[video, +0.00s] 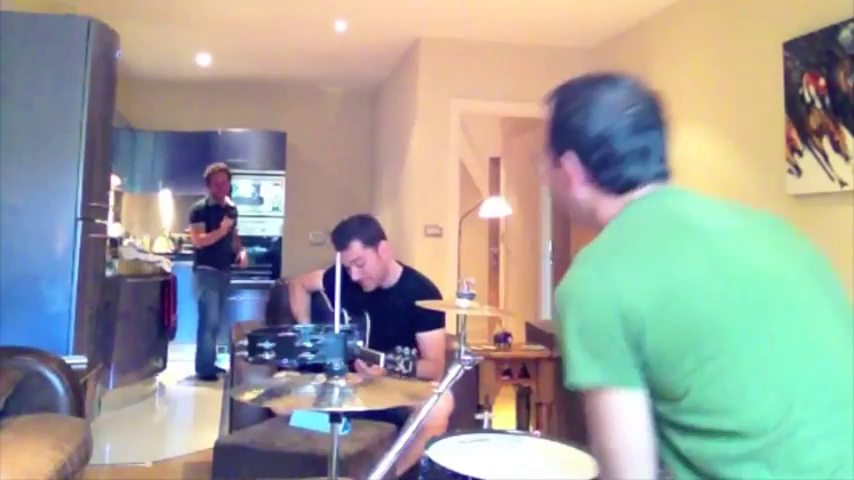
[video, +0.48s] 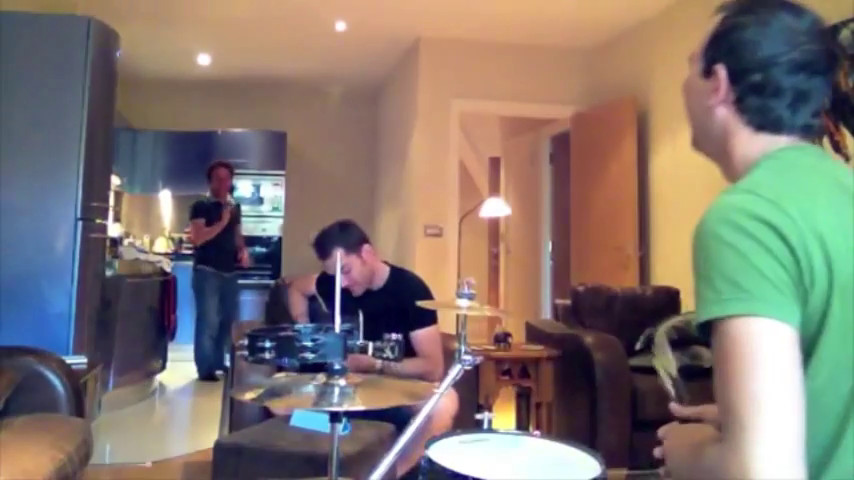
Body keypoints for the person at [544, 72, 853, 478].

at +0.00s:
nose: (546, 179)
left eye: (549, 164)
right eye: (547, 162)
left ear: (571, 171)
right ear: (653, 147)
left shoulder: (597, 279)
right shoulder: (762, 226)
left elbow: (628, 471)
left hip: (749, 468)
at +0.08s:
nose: (571, 157)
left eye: (573, 142)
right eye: (572, 141)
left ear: (598, 152)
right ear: (681, 134)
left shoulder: (616, 259)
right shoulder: (785, 220)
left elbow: (651, 468)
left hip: (748, 468)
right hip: (843, 460)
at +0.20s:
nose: (623, 132)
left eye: (625, 113)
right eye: (624, 113)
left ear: (649, 121)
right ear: (734, 116)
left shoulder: (666, 232)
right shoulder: (825, 215)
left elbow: (702, 462)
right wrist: (693, 439)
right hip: (841, 464)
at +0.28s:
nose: (638, 118)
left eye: (644, 100)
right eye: (641, 101)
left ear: (671, 108)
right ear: (759, 110)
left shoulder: (694, 220)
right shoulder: (834, 207)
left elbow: (723, 464)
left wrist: (660, 467)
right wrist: (710, 427)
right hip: (842, 466)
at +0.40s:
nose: (672, 95)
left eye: (678, 77)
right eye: (676, 76)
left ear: (705, 92)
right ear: (796, 97)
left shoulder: (736, 215)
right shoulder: (842, 190)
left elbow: (754, 462)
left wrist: (684, 453)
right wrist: (735, 422)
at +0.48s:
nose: (687, 87)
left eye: (693, 71)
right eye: (692, 71)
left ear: (720, 87)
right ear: (808, 95)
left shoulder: (747, 216)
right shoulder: (842, 184)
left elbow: (765, 465)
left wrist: (695, 454)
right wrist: (743, 415)